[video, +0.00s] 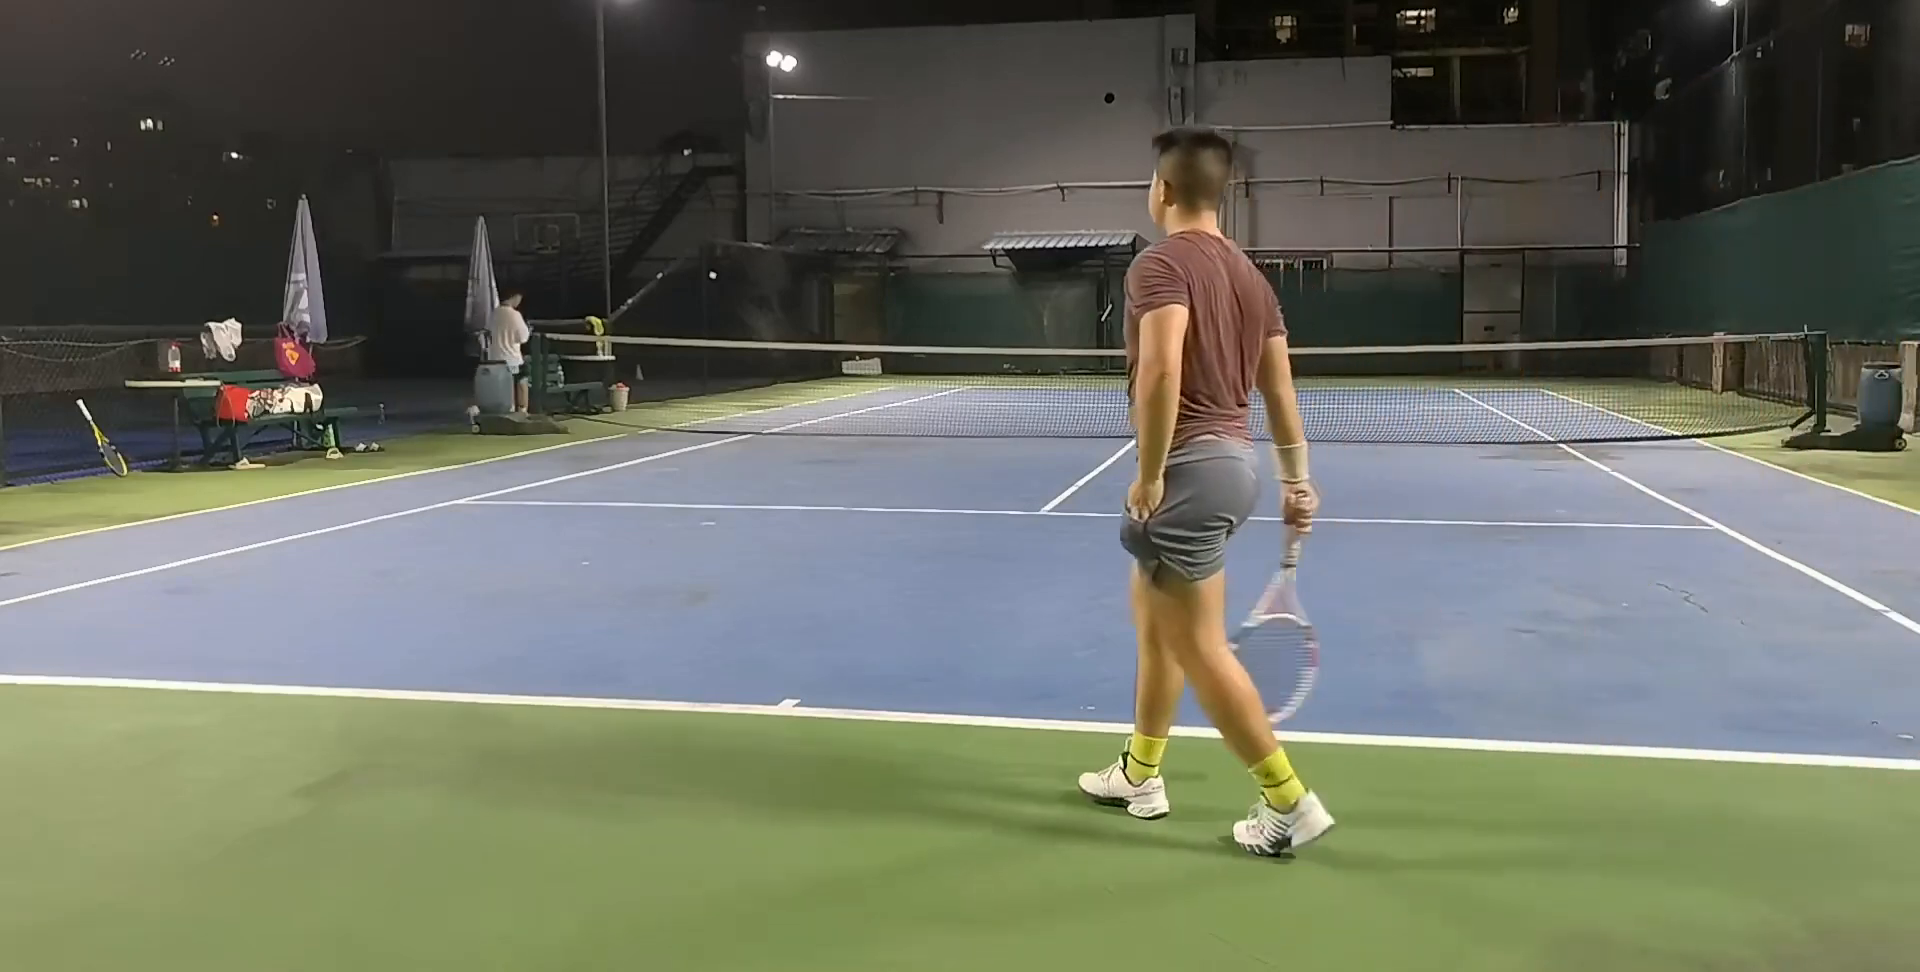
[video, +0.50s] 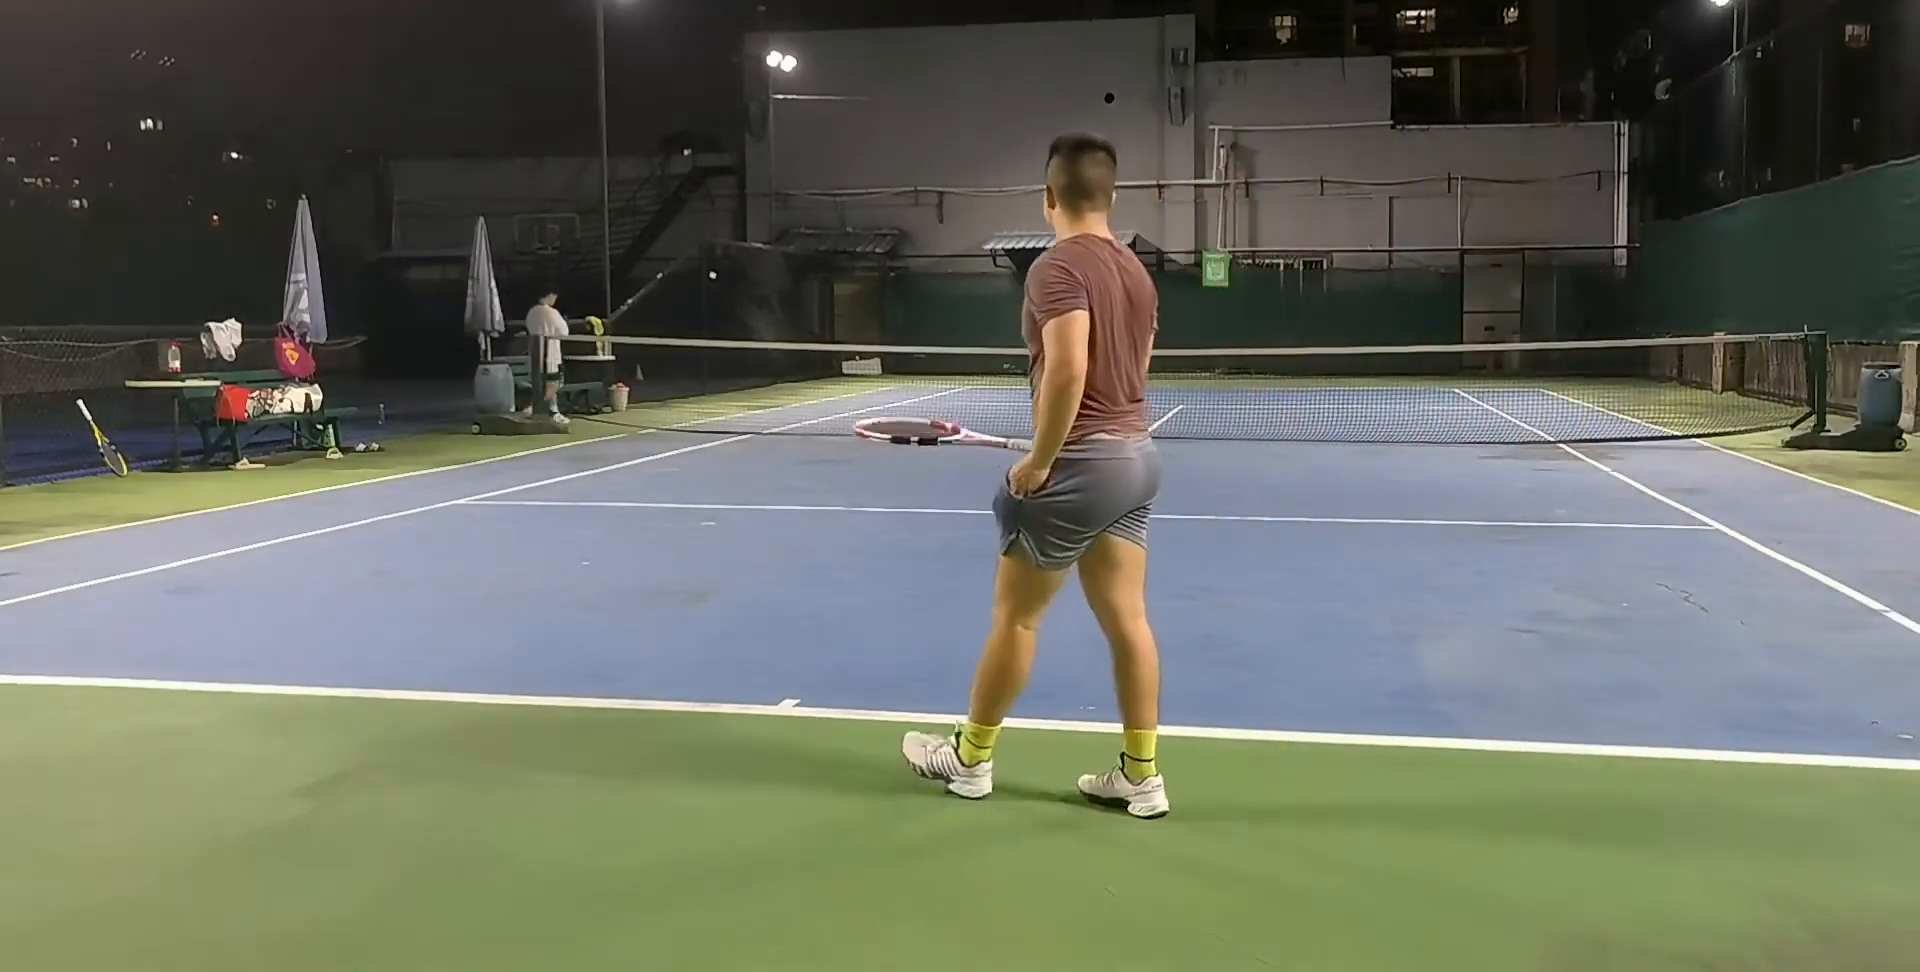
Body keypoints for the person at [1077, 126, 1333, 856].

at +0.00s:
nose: (1147, 195)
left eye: (1151, 187)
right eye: (1152, 185)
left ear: (1161, 192)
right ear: (1220, 196)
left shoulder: (1161, 263)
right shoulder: (1253, 277)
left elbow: (1160, 375)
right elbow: (1279, 391)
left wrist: (1147, 475)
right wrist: (1296, 477)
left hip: (1185, 466)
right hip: (1239, 464)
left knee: (1200, 647)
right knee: (1152, 605)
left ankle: (1288, 801)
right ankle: (1141, 772)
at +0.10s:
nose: (1133, 195)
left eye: (1134, 187)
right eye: (1138, 187)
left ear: (1142, 189)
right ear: (1203, 193)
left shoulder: (1140, 259)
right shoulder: (1227, 277)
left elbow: (1137, 368)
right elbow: (1237, 389)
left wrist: (1119, 468)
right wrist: (1235, 472)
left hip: (1160, 460)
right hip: (1215, 459)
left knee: (1126, 636)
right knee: (1153, 621)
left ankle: (1245, 763)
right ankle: (1139, 772)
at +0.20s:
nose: (1114, 196)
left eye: (1115, 186)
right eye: (1121, 186)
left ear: (1123, 189)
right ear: (1181, 189)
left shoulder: (1124, 258)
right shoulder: (1205, 271)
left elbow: (1121, 368)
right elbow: (1203, 389)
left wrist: (1097, 464)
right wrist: (1172, 456)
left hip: (1138, 457)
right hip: (1191, 456)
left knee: (1075, 618)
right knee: (1151, 617)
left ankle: (1183, 750)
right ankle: (1141, 768)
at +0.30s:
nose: (1093, 194)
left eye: (1094, 184)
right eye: (1101, 184)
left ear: (1102, 188)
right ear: (1161, 190)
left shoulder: (1108, 257)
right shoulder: (1180, 268)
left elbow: (1109, 362)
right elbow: (1176, 378)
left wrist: (1077, 460)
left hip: (1119, 453)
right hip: (1174, 453)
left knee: (1044, 604)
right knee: (1147, 613)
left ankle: (1099, 760)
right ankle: (1142, 774)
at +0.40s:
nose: (1069, 197)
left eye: (1069, 189)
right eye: (1074, 190)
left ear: (1076, 191)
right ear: (1140, 193)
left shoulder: (1084, 261)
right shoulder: (1161, 270)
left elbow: (1093, 364)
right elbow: (1158, 375)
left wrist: (1060, 458)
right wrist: (1098, 437)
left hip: (1098, 457)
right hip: (1154, 454)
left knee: (1032, 606)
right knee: (1137, 613)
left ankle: (1019, 770)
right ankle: (1141, 775)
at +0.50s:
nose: (1044, 204)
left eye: (1044, 195)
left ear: (1049, 197)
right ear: (1113, 198)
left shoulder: (1056, 269)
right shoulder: (1136, 273)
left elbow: (1068, 370)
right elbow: (1129, 379)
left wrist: (1040, 459)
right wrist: (1051, 434)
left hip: (1076, 461)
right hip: (1134, 455)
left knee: (1016, 615)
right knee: (1126, 615)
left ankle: (970, 757)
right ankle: (1140, 774)